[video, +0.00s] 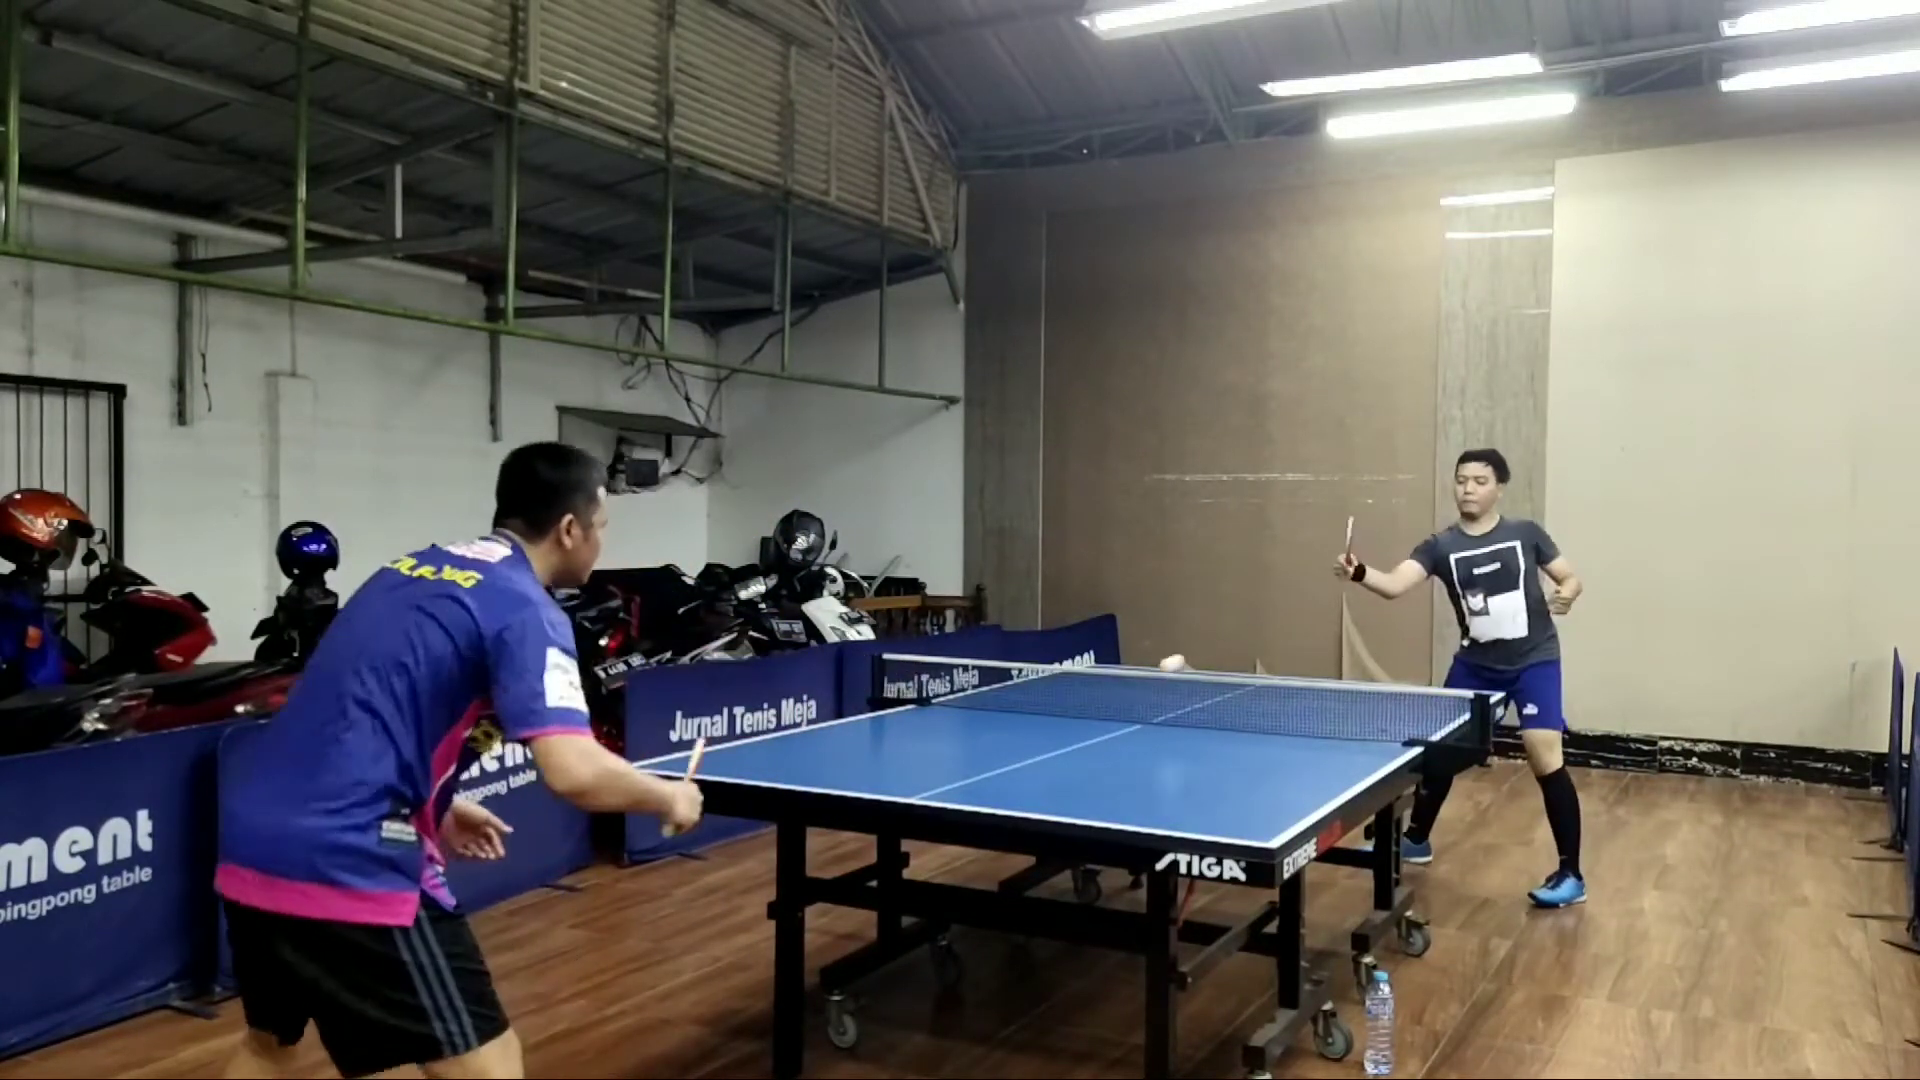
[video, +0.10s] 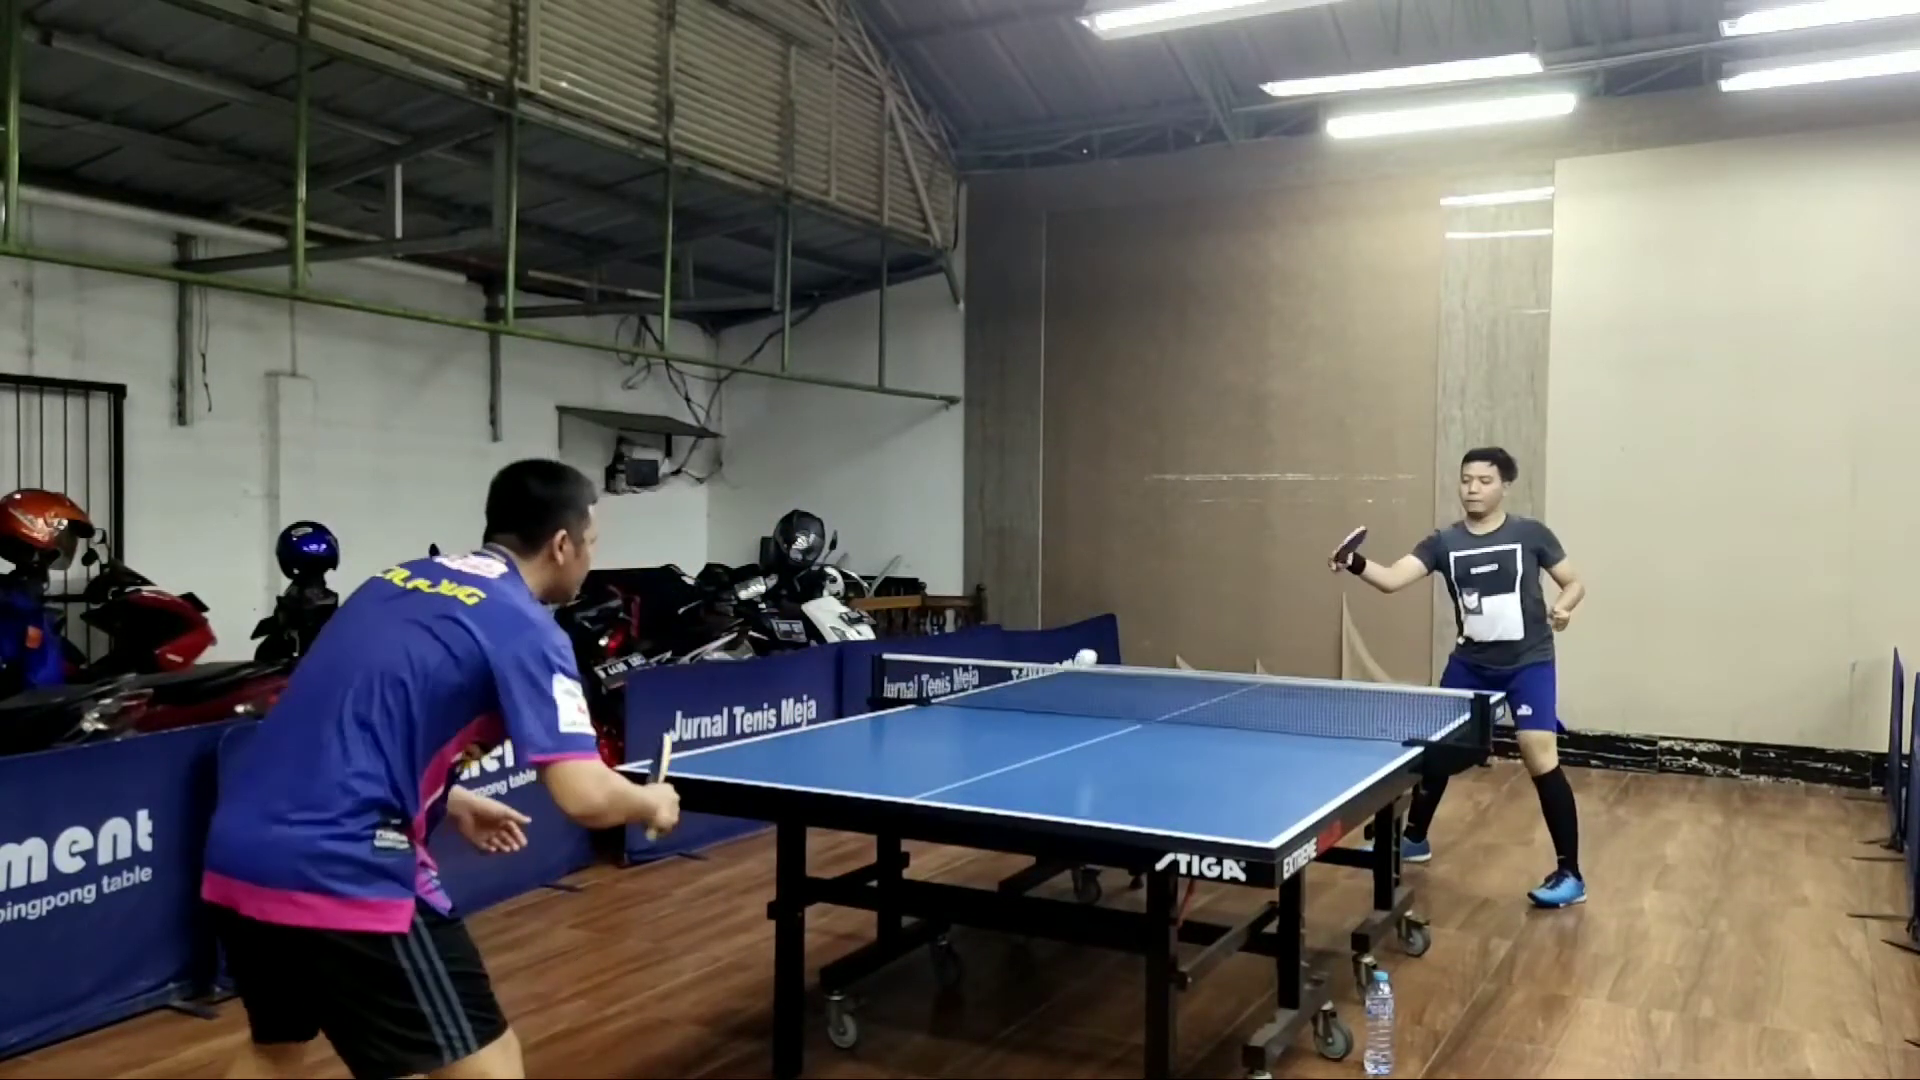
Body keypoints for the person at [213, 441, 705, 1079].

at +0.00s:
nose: (602, 544)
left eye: (603, 526)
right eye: (600, 526)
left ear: (507, 514)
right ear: (568, 528)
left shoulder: (416, 566)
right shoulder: (523, 605)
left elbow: (345, 713)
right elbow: (571, 769)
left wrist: (436, 809)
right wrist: (666, 795)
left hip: (249, 846)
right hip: (352, 860)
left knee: (269, 1044)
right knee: (485, 1060)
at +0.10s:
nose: (591, 558)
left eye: (595, 541)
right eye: (592, 541)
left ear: (497, 526)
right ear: (562, 544)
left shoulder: (400, 578)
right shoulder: (524, 623)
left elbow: (343, 728)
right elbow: (583, 793)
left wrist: (451, 799)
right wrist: (647, 801)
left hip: (237, 860)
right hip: (349, 876)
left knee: (277, 1052)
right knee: (485, 1060)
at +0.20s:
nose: (577, 570)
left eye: (581, 553)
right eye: (578, 553)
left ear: (484, 531)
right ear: (551, 550)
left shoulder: (387, 581)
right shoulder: (531, 629)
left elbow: (339, 718)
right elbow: (602, 794)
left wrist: (444, 781)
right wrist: (643, 790)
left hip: (222, 855)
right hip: (342, 870)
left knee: (256, 1048)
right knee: (474, 1063)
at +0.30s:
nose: (558, 582)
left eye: (560, 566)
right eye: (557, 566)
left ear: (459, 557)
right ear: (533, 568)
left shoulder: (367, 597)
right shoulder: (533, 652)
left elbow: (254, 712)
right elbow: (633, 799)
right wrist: (655, 787)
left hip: (212, 870)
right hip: (338, 883)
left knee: (249, 1046)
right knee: (493, 1062)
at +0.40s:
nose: (545, 606)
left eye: (546, 590)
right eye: (543, 590)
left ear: (444, 578)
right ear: (519, 597)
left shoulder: (351, 619)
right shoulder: (536, 681)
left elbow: (202, 682)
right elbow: (667, 790)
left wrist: (263, 724)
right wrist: (651, 740)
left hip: (216, 892)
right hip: (352, 904)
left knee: (250, 1051)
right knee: (533, 1027)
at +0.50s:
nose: (552, 616)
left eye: (549, 601)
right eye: (550, 603)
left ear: (451, 596)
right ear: (531, 614)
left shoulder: (368, 635)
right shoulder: (562, 697)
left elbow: (206, 660)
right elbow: (686, 775)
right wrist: (657, 729)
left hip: (249, 904)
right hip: (399, 923)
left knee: (254, 1057)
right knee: (548, 1030)